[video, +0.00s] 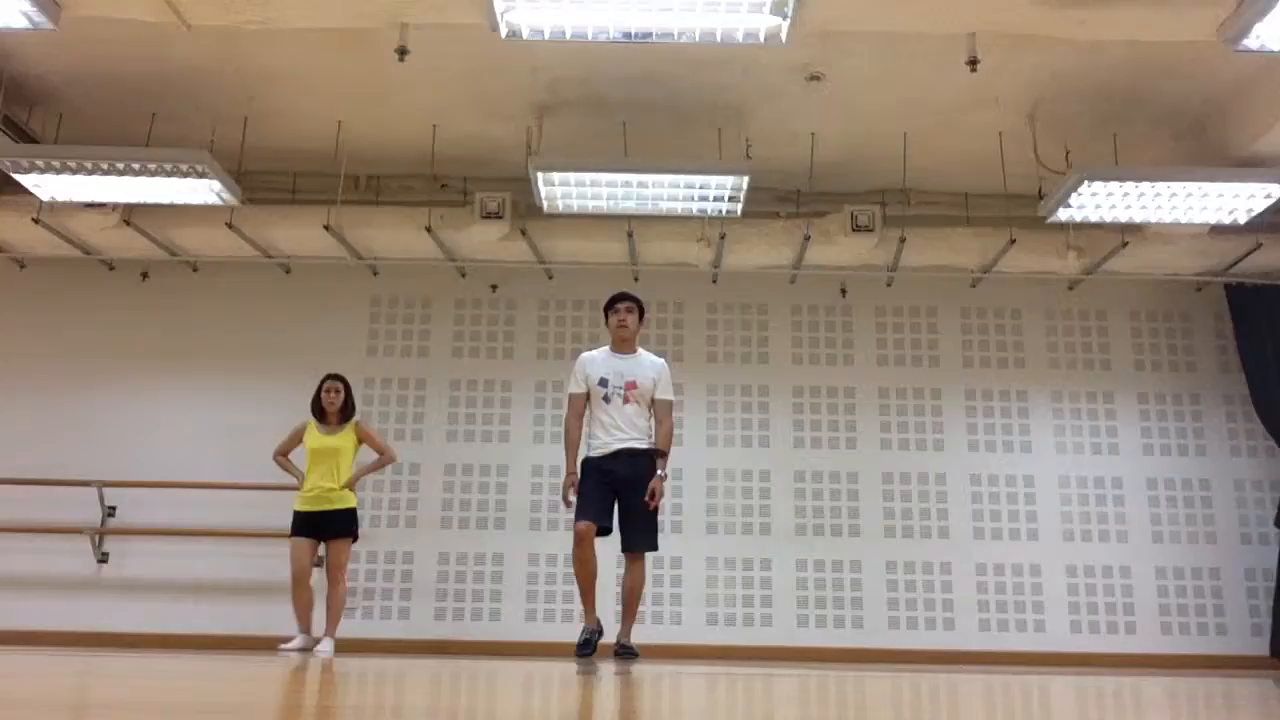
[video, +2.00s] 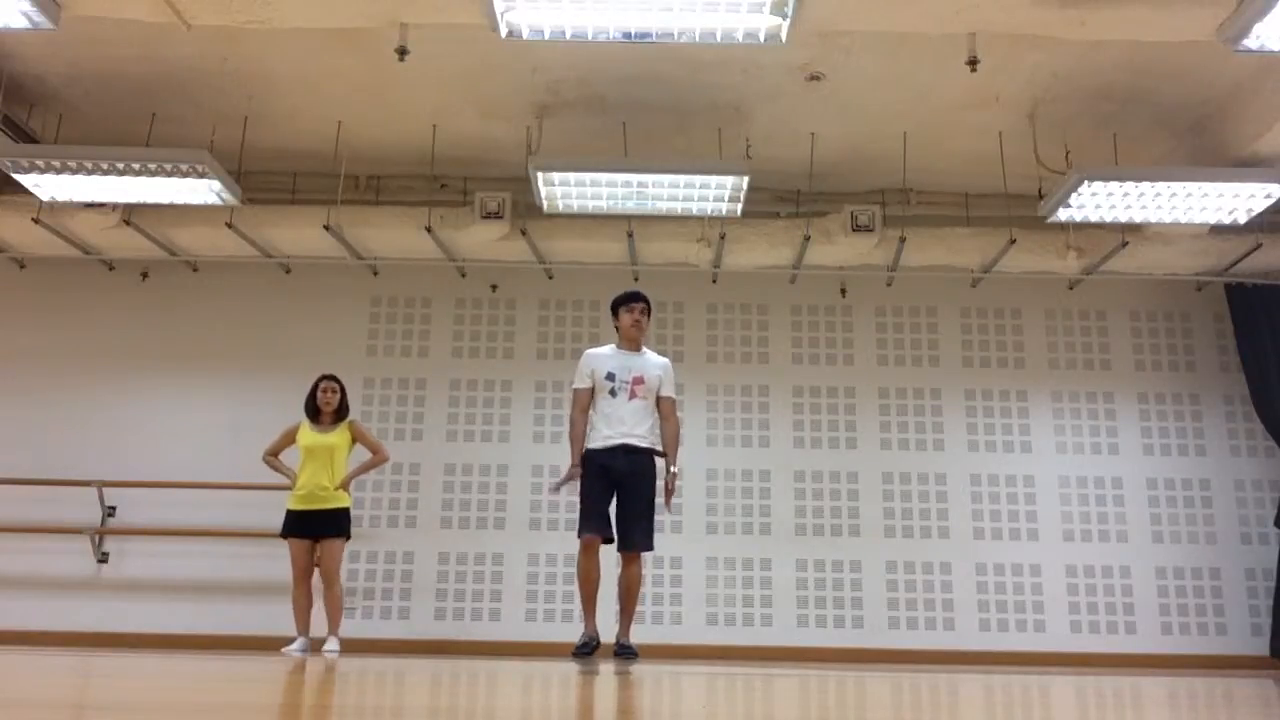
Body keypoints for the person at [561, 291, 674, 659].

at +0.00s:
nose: (622, 318)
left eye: (629, 312)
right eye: (616, 313)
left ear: (641, 321)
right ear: (607, 322)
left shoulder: (656, 366)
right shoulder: (588, 362)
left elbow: (664, 422)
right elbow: (574, 417)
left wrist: (660, 472)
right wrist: (571, 469)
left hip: (639, 464)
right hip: (597, 464)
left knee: (635, 551)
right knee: (583, 531)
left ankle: (625, 636)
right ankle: (590, 623)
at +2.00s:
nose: (638, 317)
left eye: (643, 313)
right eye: (631, 312)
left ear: (649, 321)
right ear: (616, 318)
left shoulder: (661, 366)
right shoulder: (593, 358)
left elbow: (669, 418)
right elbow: (579, 412)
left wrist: (671, 467)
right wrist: (576, 460)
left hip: (641, 461)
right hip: (598, 459)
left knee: (632, 551)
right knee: (589, 541)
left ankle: (624, 636)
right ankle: (589, 630)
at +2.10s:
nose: (635, 318)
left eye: (641, 313)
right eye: (628, 312)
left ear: (648, 320)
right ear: (615, 319)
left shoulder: (661, 364)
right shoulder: (594, 359)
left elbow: (671, 417)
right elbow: (578, 412)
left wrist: (671, 465)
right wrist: (573, 461)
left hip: (639, 461)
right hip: (598, 459)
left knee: (631, 552)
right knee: (594, 549)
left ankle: (624, 636)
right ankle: (593, 635)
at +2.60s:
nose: (629, 318)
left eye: (636, 313)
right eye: (623, 313)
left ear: (646, 320)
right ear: (613, 321)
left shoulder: (662, 366)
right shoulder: (594, 361)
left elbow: (673, 418)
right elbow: (579, 414)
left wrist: (674, 464)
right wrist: (573, 464)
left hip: (641, 463)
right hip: (599, 462)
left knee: (633, 552)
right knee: (594, 549)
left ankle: (625, 636)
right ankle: (596, 634)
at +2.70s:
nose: (629, 319)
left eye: (635, 314)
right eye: (622, 314)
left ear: (646, 322)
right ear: (613, 322)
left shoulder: (662, 367)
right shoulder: (594, 361)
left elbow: (672, 421)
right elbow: (578, 415)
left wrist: (670, 470)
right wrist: (572, 465)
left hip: (641, 463)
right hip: (600, 462)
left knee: (634, 552)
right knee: (591, 544)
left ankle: (624, 637)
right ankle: (595, 631)